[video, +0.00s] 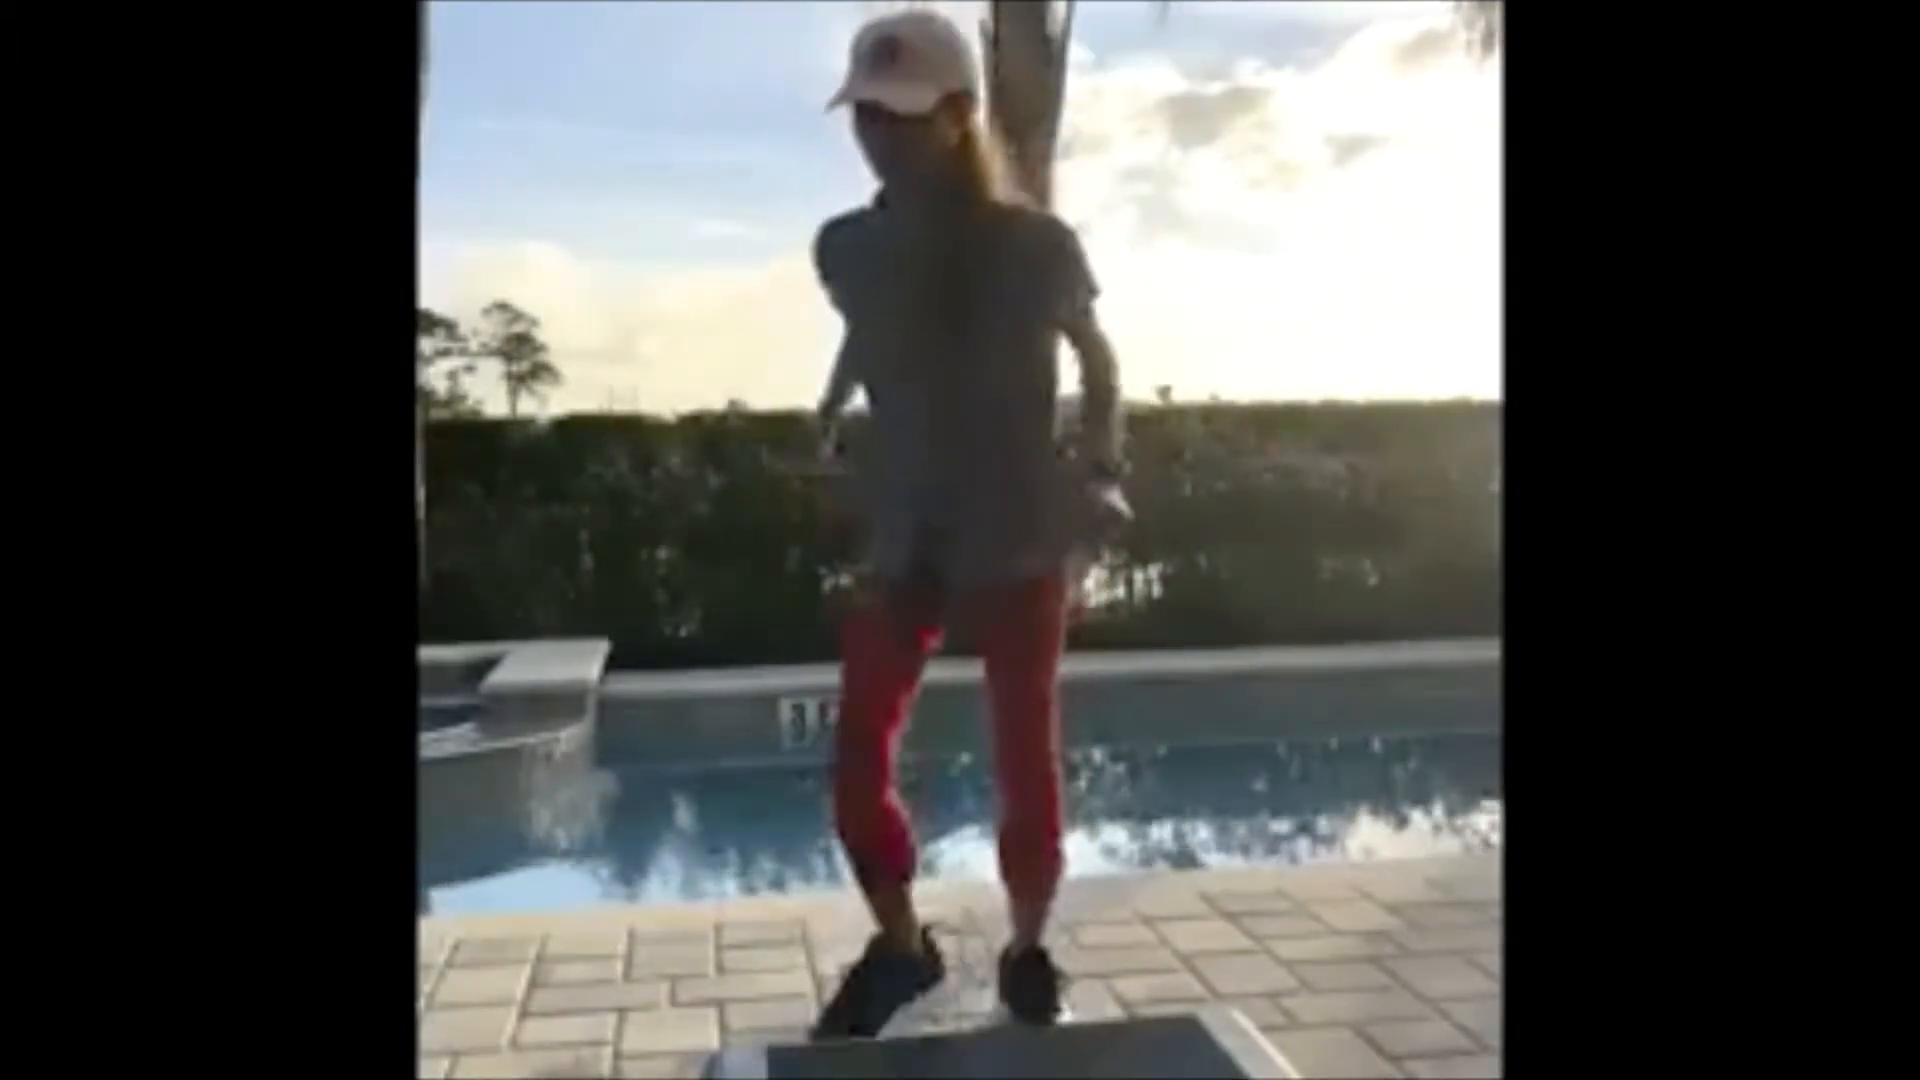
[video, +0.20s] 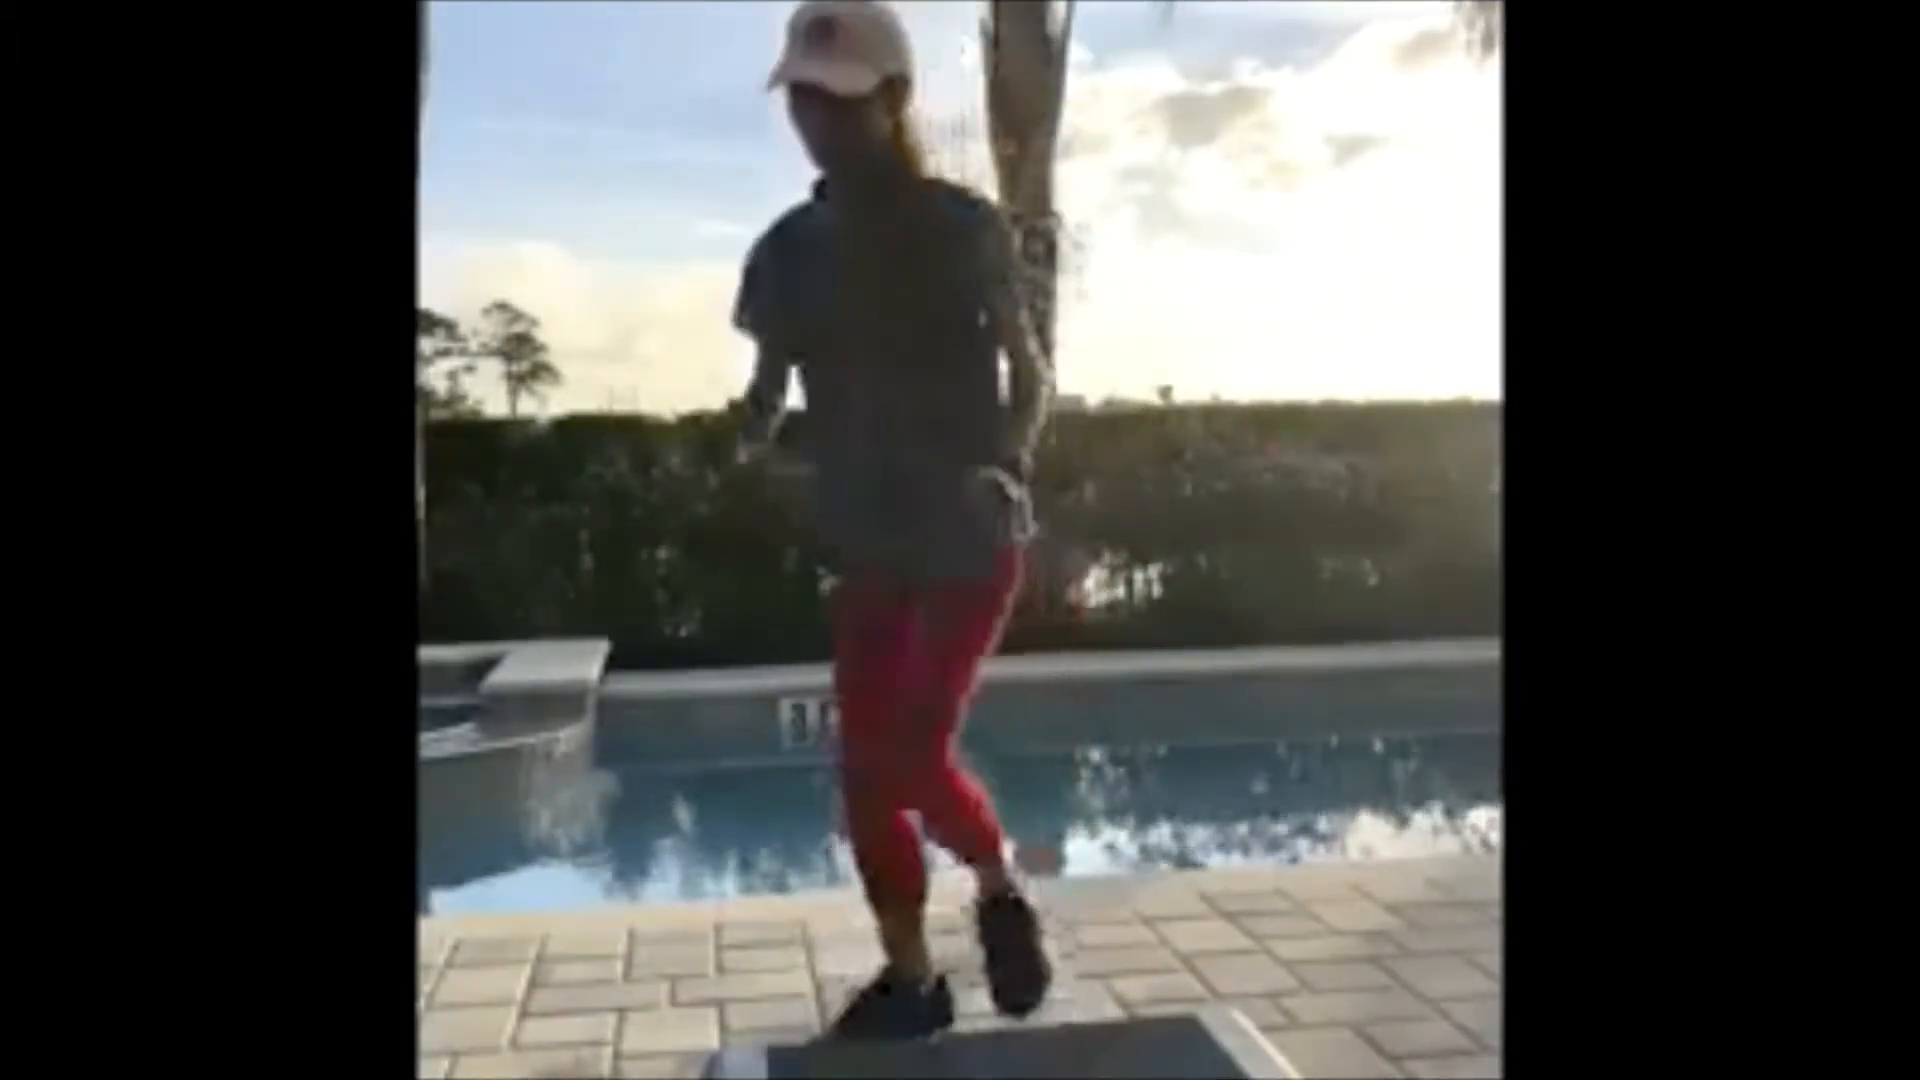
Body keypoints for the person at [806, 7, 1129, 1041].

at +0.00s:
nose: (883, 140)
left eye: (906, 119)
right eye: (867, 118)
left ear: (961, 119)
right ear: (850, 122)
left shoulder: (1036, 245)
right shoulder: (848, 248)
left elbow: (1100, 366)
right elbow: (866, 330)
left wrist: (1098, 470)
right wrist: (826, 411)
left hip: (1021, 524)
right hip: (901, 528)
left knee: (1025, 754)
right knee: (857, 756)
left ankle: (1028, 948)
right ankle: (900, 941)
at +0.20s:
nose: (814, 124)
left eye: (834, 103)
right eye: (801, 102)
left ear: (890, 102)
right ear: (788, 106)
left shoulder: (964, 224)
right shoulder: (795, 248)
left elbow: (1026, 368)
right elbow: (766, 393)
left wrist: (1007, 470)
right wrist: (759, 431)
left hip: (969, 518)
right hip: (863, 526)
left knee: (918, 751)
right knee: (867, 761)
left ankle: (1001, 896)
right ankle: (909, 974)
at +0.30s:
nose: (787, 104)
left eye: (807, 82)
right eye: (778, 83)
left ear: (871, 82)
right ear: (771, 87)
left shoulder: (940, 200)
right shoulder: (752, 227)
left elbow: (1027, 342)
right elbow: (655, 355)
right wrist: (661, 326)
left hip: (958, 501)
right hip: (848, 518)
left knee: (862, 649)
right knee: (876, 700)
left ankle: (937, 864)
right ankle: (915, 958)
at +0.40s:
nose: (774, 108)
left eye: (795, 87)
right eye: (761, 86)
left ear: (854, 88)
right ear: (748, 88)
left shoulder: (909, 193)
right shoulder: (728, 223)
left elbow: (1015, 249)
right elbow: (578, 274)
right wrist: (589, 187)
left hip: (938, 501)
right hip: (825, 516)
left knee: (834, 632)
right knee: (874, 720)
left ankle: (867, 898)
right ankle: (911, 963)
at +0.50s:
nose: (762, 62)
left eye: (782, 39)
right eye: (748, 42)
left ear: (837, 45)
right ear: (738, 52)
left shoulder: (903, 157)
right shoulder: (713, 178)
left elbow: (1001, 152)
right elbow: (570, 206)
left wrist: (937, 34)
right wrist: (535, 114)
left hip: (915, 494)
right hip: (800, 503)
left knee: (806, 655)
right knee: (856, 722)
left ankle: (826, 961)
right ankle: (897, 961)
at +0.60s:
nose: (770, 11)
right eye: (756, 2)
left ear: (833, 2)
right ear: (743, 14)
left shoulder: (883, 90)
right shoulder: (720, 110)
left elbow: (946, 74)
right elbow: (630, 170)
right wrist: (502, 105)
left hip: (882, 440)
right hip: (755, 450)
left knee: (803, 672)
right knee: (765, 699)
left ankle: (826, 967)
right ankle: (850, 903)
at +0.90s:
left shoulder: (771, 33)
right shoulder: (731, 51)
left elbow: (804, 230)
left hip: (828, 386)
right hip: (738, 383)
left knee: (817, 668)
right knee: (564, 199)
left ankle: (824, 973)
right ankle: (612, 514)